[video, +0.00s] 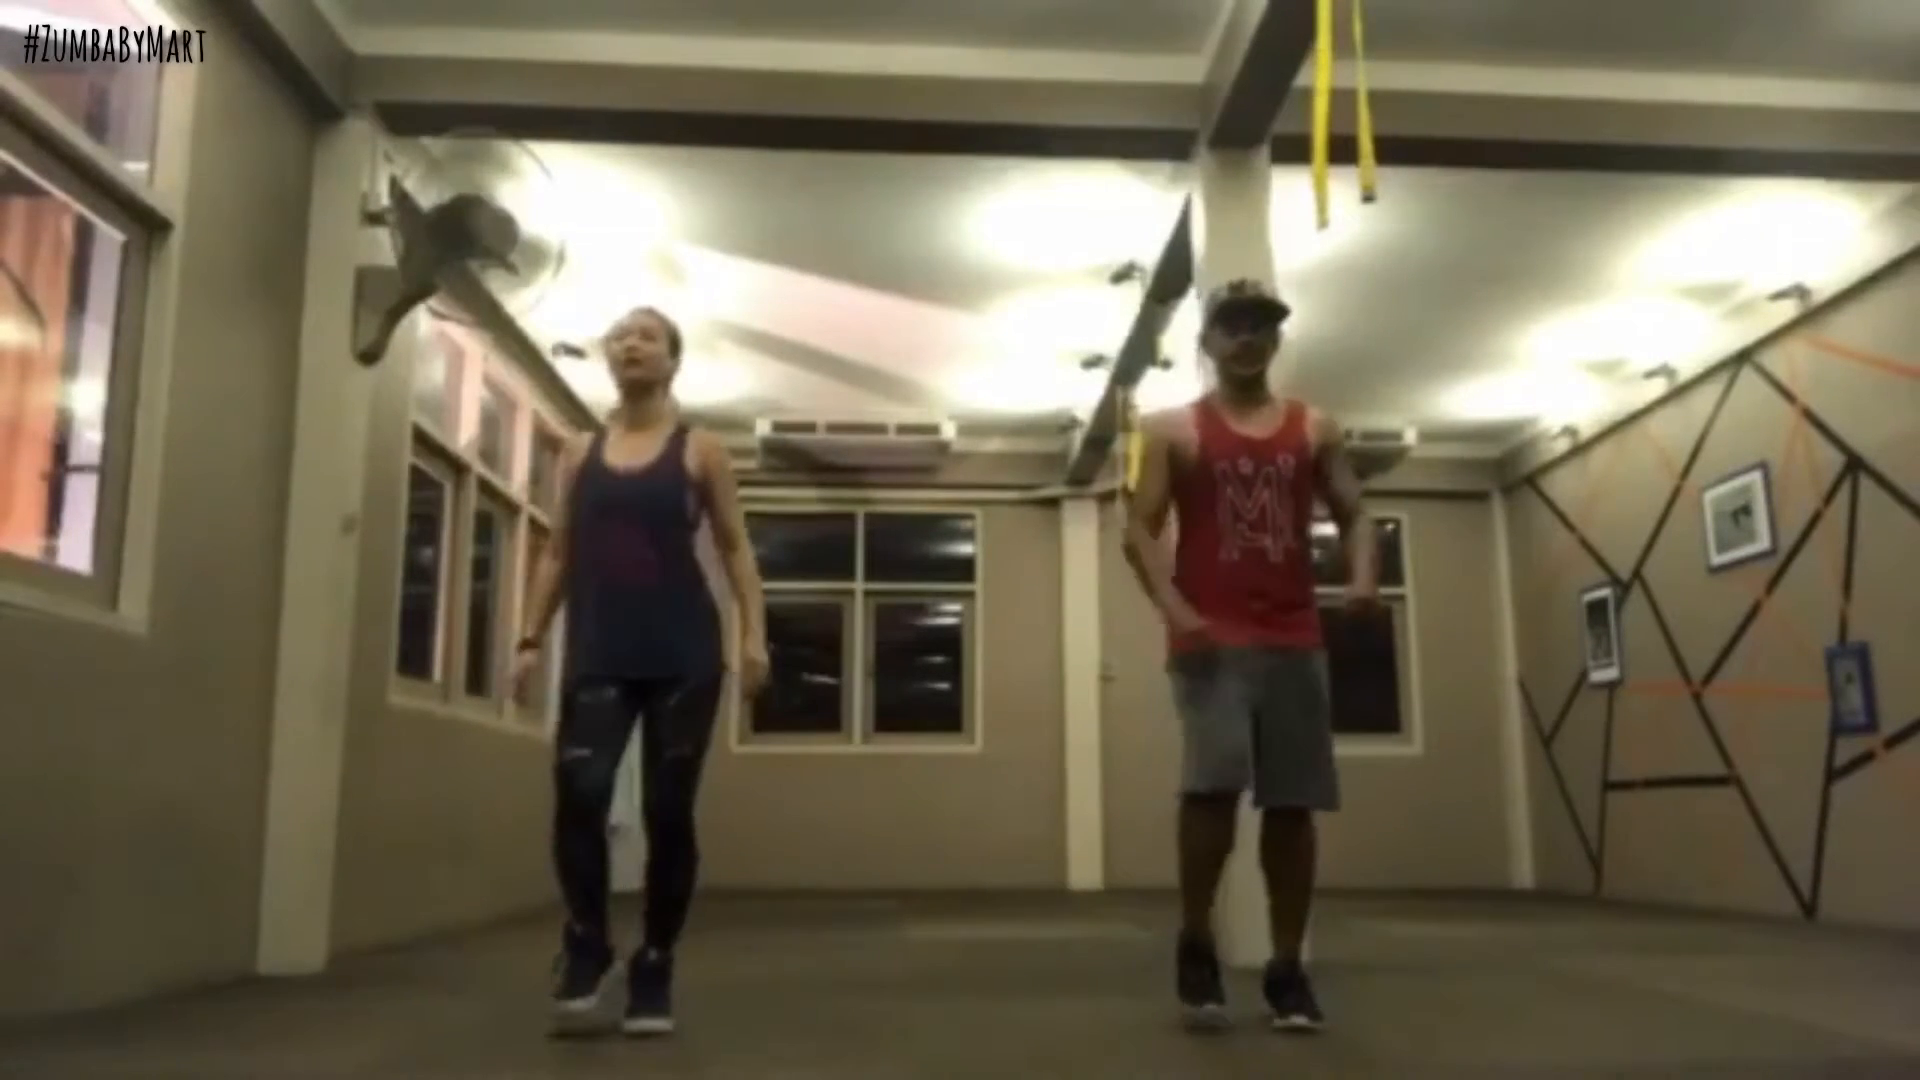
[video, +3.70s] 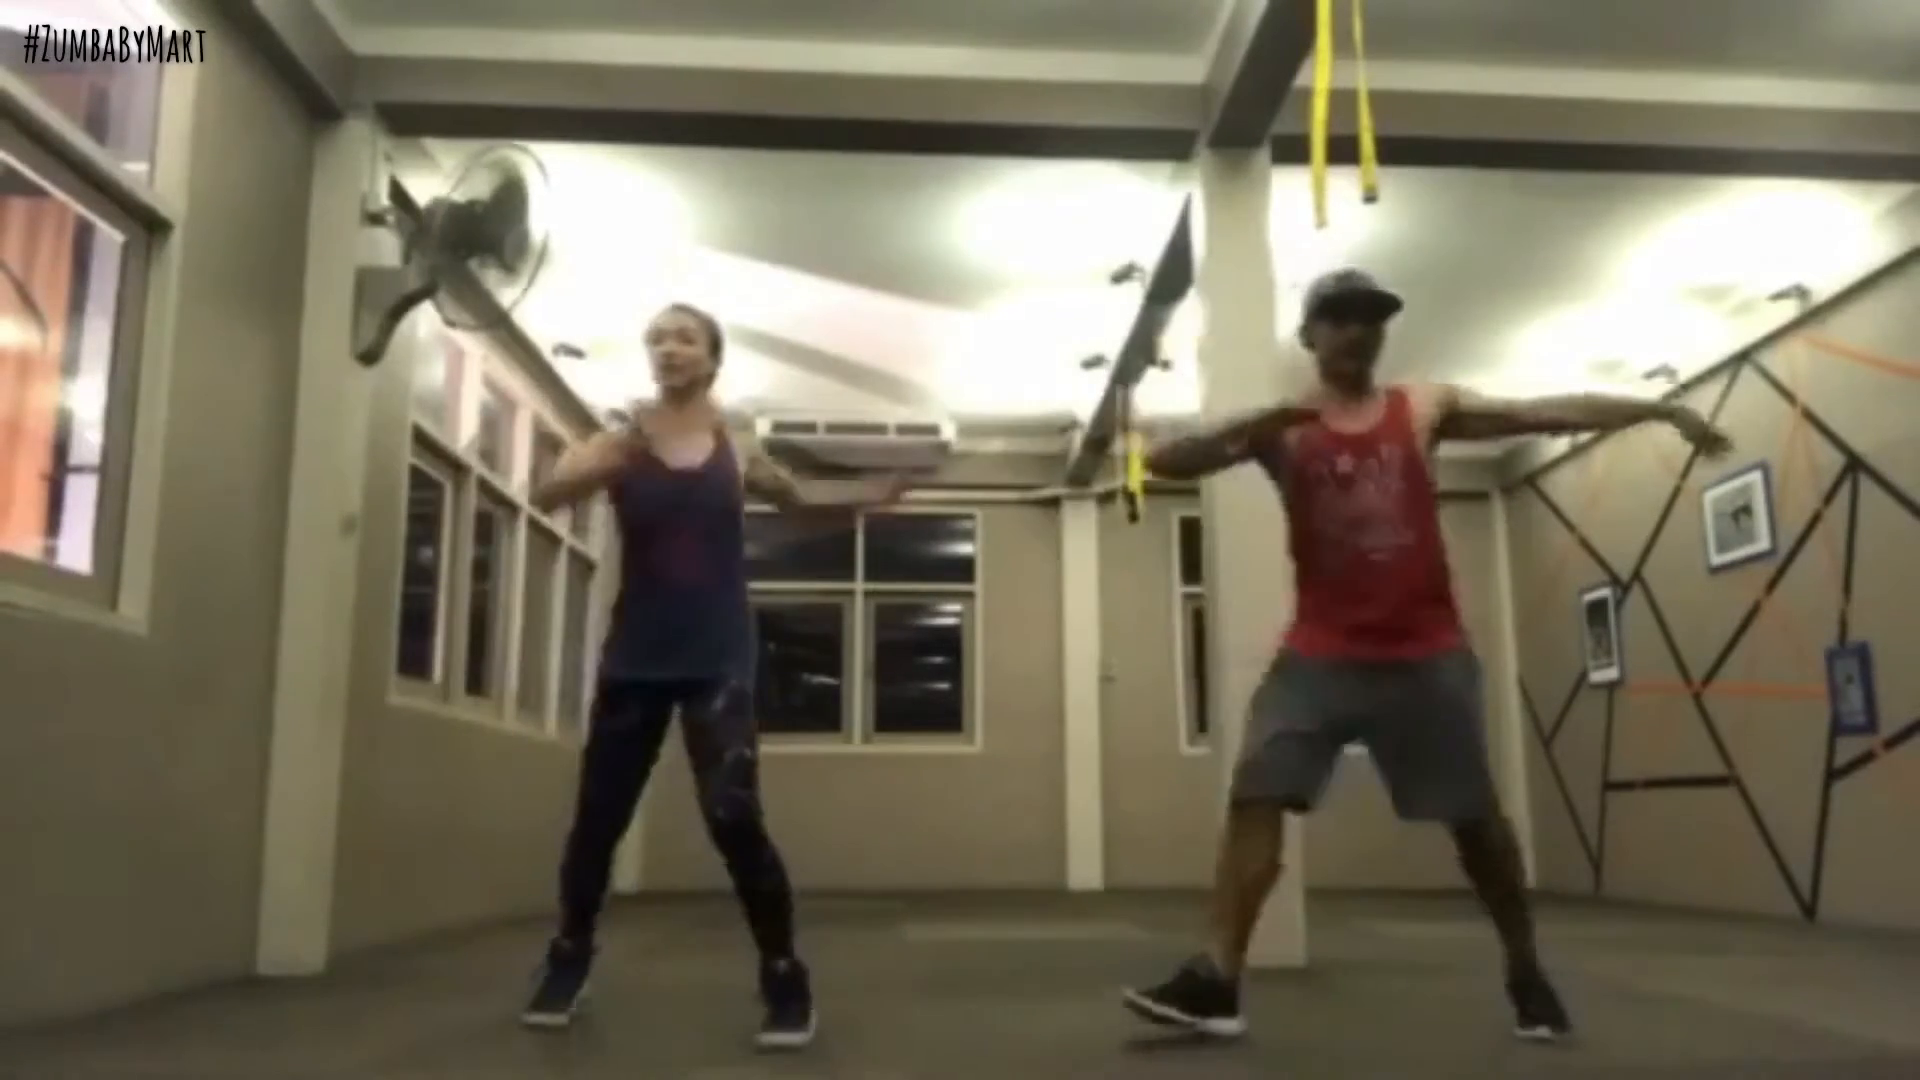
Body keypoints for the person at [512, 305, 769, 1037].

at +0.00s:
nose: (631, 345)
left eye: (647, 336)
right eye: (621, 336)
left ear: (673, 359)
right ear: (606, 357)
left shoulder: (700, 448)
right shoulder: (583, 451)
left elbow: (735, 548)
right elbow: (559, 550)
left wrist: (752, 636)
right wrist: (531, 634)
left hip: (683, 655)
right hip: (597, 655)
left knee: (668, 812)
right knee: (577, 801)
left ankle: (654, 969)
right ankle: (586, 953)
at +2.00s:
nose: (632, 355)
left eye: (647, 346)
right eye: (622, 345)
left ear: (673, 365)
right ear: (608, 364)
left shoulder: (697, 451)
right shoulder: (582, 452)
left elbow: (727, 544)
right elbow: (561, 553)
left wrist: (747, 617)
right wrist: (546, 640)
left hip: (672, 654)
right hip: (590, 652)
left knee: (663, 811)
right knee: (576, 795)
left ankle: (652, 966)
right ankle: (570, 927)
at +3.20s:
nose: (617, 371)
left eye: (633, 361)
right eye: (607, 360)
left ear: (658, 382)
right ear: (591, 376)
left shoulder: (680, 465)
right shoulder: (562, 465)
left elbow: (732, 552)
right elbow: (516, 557)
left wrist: (750, 588)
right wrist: (466, 631)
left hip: (654, 665)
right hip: (573, 663)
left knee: (646, 817)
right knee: (560, 822)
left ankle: (653, 969)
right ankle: (556, 973)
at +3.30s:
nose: (621, 362)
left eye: (637, 353)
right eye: (610, 352)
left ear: (663, 374)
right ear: (595, 371)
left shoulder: (687, 457)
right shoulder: (565, 455)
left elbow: (762, 508)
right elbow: (500, 528)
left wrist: (827, 523)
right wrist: (437, 559)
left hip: (656, 655)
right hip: (573, 655)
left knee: (664, 792)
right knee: (561, 812)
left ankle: (680, 932)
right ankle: (557, 964)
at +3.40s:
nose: (630, 352)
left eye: (646, 344)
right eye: (620, 342)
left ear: (673, 366)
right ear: (605, 359)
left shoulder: (695, 450)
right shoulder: (577, 443)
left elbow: (785, 483)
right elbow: (518, 517)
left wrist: (864, 496)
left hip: (661, 643)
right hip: (579, 644)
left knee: (681, 780)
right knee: (564, 808)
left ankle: (729, 946)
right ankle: (553, 968)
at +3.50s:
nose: (641, 352)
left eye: (659, 344)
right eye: (634, 342)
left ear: (687, 367)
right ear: (621, 359)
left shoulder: (702, 450)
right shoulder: (589, 438)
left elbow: (771, 491)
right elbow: (570, 503)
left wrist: (832, 508)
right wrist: (642, 470)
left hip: (673, 647)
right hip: (593, 646)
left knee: (701, 793)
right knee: (571, 811)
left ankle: (773, 963)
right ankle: (554, 966)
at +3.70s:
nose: (671, 350)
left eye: (686, 339)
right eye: (661, 339)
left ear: (714, 357)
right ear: (647, 355)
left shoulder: (735, 440)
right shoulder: (627, 435)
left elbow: (796, 505)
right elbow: (549, 491)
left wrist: (868, 497)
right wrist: (605, 460)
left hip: (719, 655)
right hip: (638, 653)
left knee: (733, 817)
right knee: (596, 822)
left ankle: (785, 982)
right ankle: (567, 961)